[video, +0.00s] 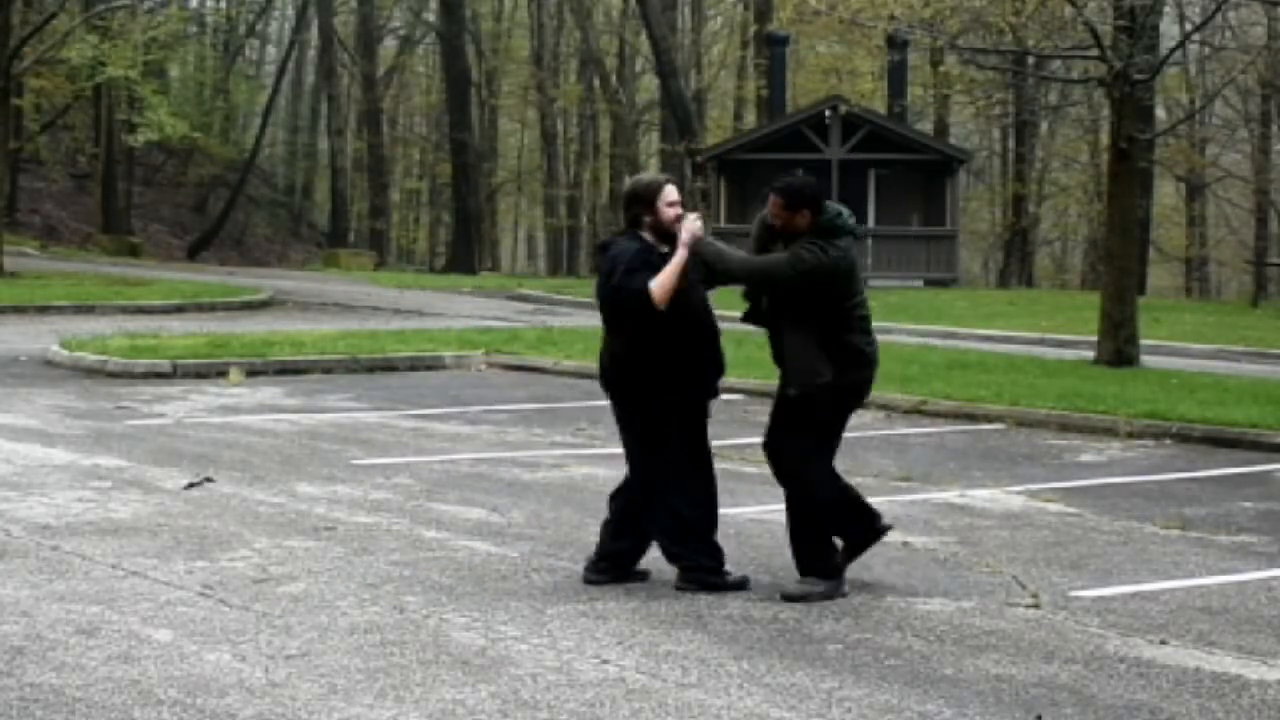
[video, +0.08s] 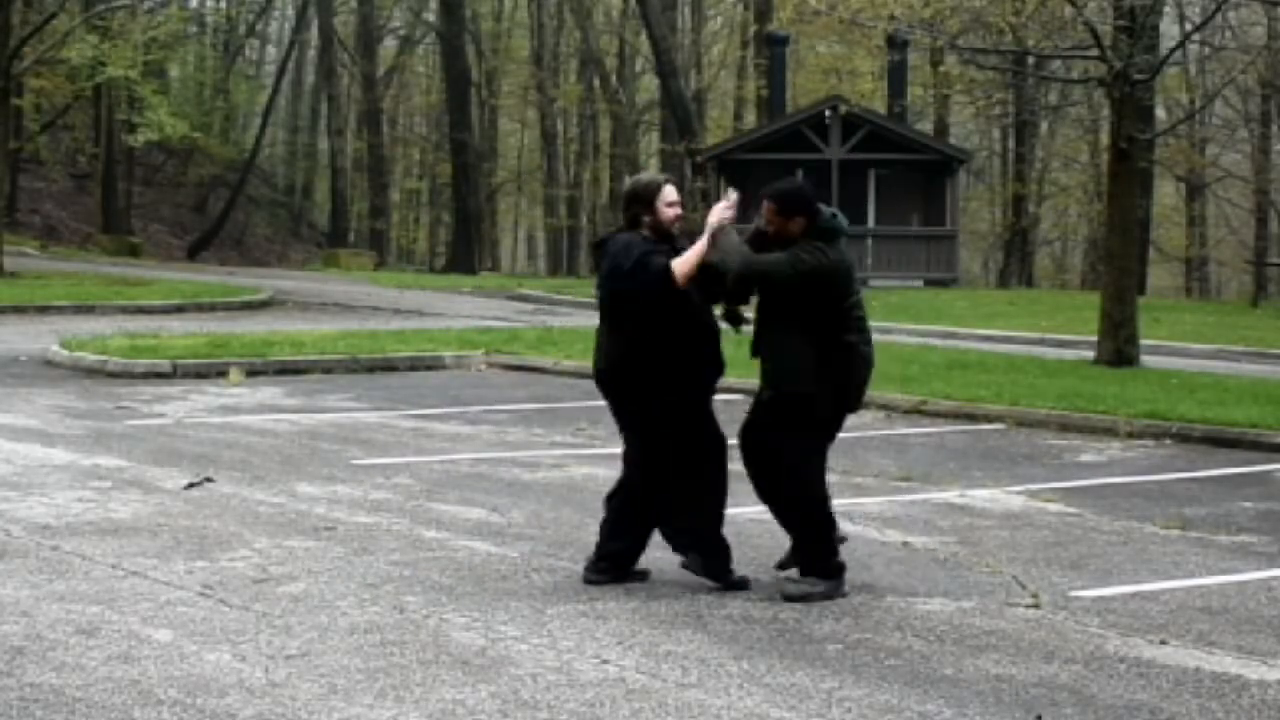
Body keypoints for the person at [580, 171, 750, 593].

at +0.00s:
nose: (680, 212)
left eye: (680, 205)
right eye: (671, 205)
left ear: (671, 211)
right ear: (646, 211)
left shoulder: (669, 251)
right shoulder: (627, 254)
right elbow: (648, 303)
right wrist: (684, 249)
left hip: (680, 384)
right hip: (649, 388)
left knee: (652, 474)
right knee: (679, 476)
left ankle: (612, 561)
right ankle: (699, 568)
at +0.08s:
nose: (679, 212)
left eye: (679, 204)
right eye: (670, 205)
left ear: (671, 211)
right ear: (645, 210)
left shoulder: (667, 246)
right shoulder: (629, 249)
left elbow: (707, 285)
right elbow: (670, 278)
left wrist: (720, 239)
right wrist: (708, 235)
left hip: (673, 378)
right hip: (646, 381)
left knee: (648, 466)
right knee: (703, 457)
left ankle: (612, 560)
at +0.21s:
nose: (681, 214)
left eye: (681, 206)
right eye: (673, 207)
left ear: (649, 214)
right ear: (648, 212)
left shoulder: (621, 249)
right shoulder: (645, 250)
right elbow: (688, 262)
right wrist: (742, 231)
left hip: (624, 377)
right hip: (660, 380)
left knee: (643, 471)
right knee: (737, 433)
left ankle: (611, 560)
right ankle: (705, 506)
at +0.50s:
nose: (698, 214)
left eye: (698, 207)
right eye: (690, 207)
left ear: (664, 212)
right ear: (665, 211)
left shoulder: (653, 247)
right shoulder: (652, 250)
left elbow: (667, 306)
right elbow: (685, 291)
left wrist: (709, 316)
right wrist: (733, 255)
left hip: (621, 367)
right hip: (634, 373)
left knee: (635, 463)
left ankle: (610, 557)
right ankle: (674, 490)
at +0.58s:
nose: (701, 215)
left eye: (700, 207)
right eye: (693, 207)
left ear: (670, 212)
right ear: (669, 211)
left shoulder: (670, 250)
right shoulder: (648, 250)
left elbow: (673, 308)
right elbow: (677, 301)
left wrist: (707, 324)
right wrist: (724, 264)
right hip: (630, 372)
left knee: (634, 460)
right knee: (722, 419)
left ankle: (611, 556)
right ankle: (669, 496)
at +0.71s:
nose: (704, 216)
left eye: (704, 208)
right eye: (697, 208)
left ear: (673, 213)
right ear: (672, 211)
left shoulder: (676, 252)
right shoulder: (647, 250)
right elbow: (669, 303)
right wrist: (708, 278)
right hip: (628, 372)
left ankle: (613, 554)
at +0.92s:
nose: (713, 220)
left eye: (715, 210)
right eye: (707, 210)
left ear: (673, 213)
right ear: (686, 215)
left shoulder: (650, 246)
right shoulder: (681, 254)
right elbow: (678, 315)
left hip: (621, 365)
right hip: (650, 372)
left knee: (634, 459)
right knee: (674, 458)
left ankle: (614, 554)